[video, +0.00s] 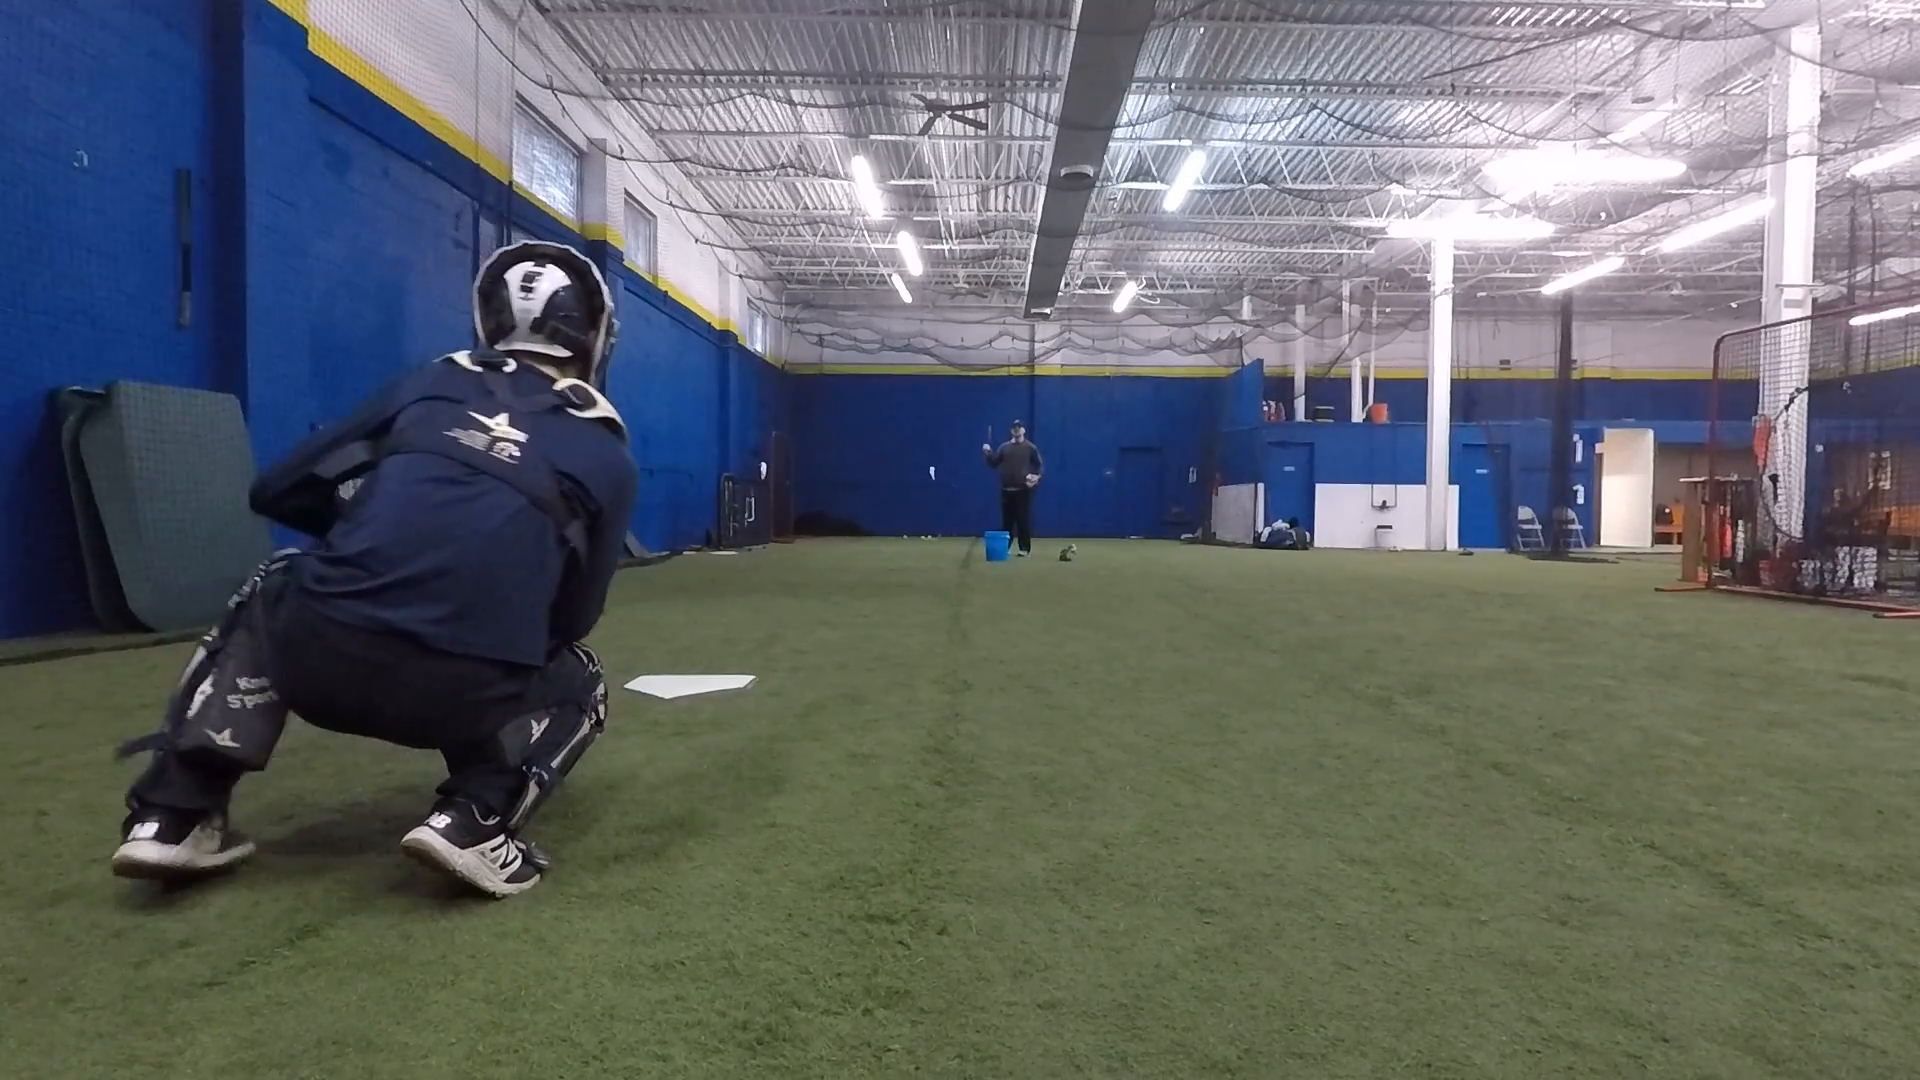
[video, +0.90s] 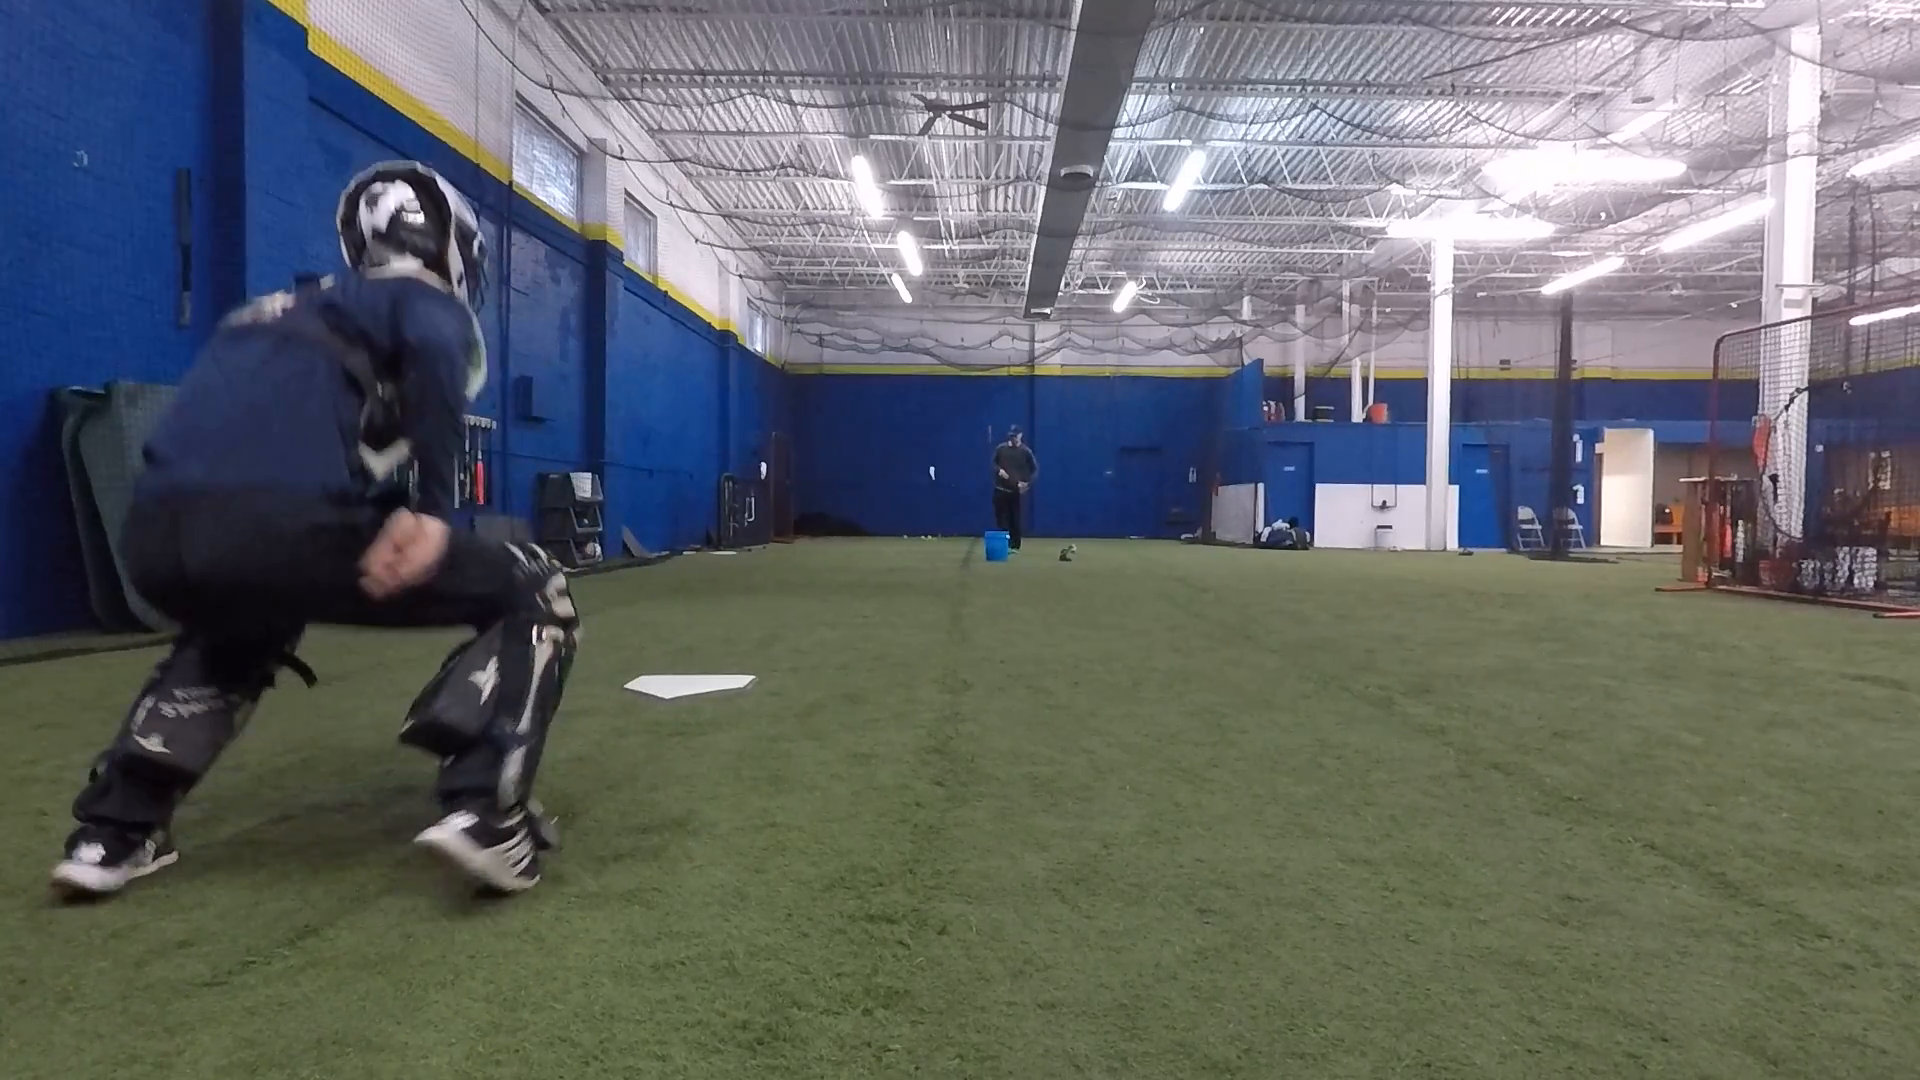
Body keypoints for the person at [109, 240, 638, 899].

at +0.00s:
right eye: (604, 325)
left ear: (490, 322)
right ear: (594, 339)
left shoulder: (433, 380)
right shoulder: (609, 455)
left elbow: (279, 488)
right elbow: (571, 622)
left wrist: (372, 531)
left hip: (324, 655)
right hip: (466, 692)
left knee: (274, 591)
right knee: (577, 685)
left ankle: (173, 809)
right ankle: (473, 820)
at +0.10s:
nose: (606, 345)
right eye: (606, 334)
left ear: (499, 328)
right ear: (601, 347)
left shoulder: (437, 382)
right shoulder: (616, 460)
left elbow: (269, 481)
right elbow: (596, 626)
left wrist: (369, 522)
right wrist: (517, 608)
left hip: (334, 658)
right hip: (477, 696)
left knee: (260, 592)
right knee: (576, 683)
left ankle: (151, 815)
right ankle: (474, 818)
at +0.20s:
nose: (604, 346)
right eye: (602, 333)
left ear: (495, 329)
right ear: (596, 348)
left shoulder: (425, 388)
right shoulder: (610, 460)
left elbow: (262, 490)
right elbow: (628, 632)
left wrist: (361, 536)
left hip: (324, 658)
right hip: (470, 691)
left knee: (252, 603)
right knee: (581, 676)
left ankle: (117, 828)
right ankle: (472, 819)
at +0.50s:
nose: (542, 365)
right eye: (539, 353)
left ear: (423, 350)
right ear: (525, 357)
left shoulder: (349, 415)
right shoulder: (520, 438)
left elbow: (221, 535)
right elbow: (621, 587)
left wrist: (323, 575)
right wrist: (652, 695)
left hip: (255, 682)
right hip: (404, 696)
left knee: (213, 655)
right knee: (581, 664)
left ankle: (102, 849)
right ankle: (463, 833)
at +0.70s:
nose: (492, 346)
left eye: (491, 331)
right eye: (488, 330)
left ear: (377, 332)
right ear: (471, 329)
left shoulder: (312, 394)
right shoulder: (456, 406)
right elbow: (516, 516)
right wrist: (551, 637)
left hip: (193, 643)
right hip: (331, 650)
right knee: (537, 660)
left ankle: (113, 839)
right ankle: (445, 840)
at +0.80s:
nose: (477, 297)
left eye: (473, 281)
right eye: (472, 280)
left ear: (361, 284)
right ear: (457, 283)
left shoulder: (287, 353)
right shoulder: (434, 351)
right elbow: (465, 426)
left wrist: (421, 581)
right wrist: (493, 579)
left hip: (171, 590)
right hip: (308, 587)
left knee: (245, 654)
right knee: (543, 626)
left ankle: (116, 835)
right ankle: (455, 834)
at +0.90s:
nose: (469, 268)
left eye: (468, 254)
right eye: (465, 251)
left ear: (354, 240)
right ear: (447, 247)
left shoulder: (276, 305)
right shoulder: (423, 297)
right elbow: (433, 354)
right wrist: (434, 503)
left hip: (157, 535)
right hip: (291, 523)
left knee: (243, 625)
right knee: (533, 587)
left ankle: (111, 828)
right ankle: (486, 810)